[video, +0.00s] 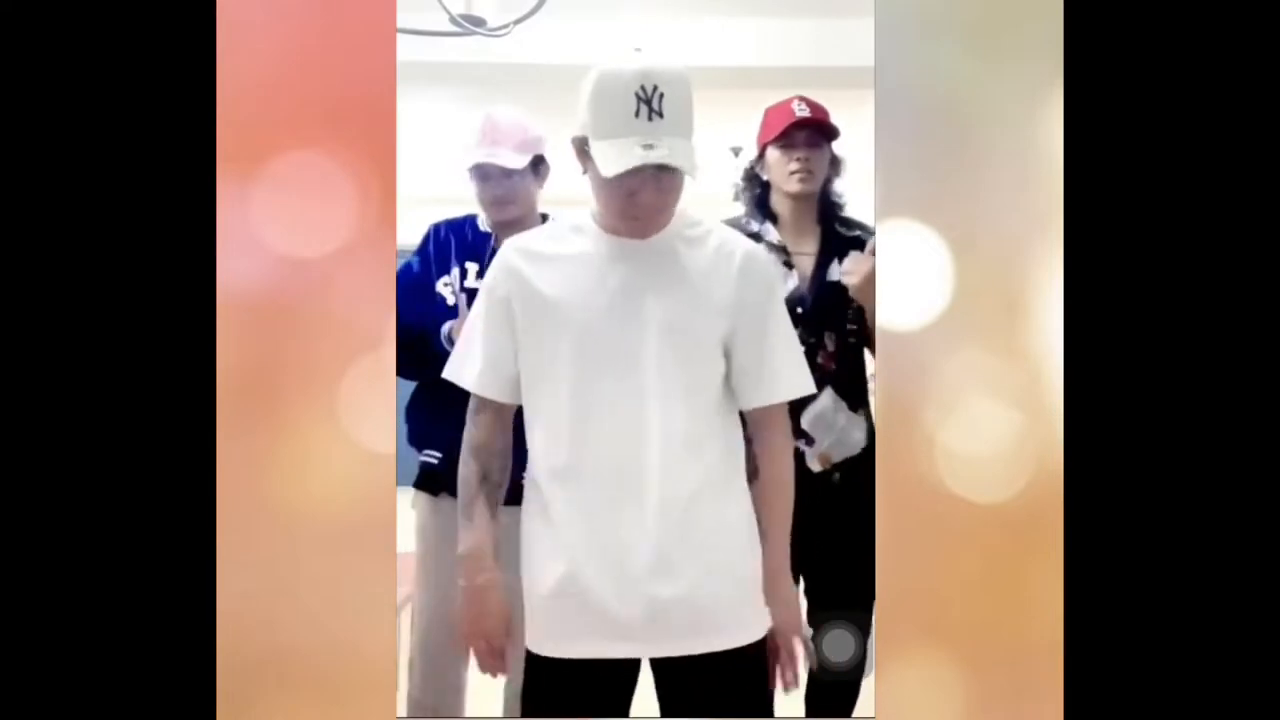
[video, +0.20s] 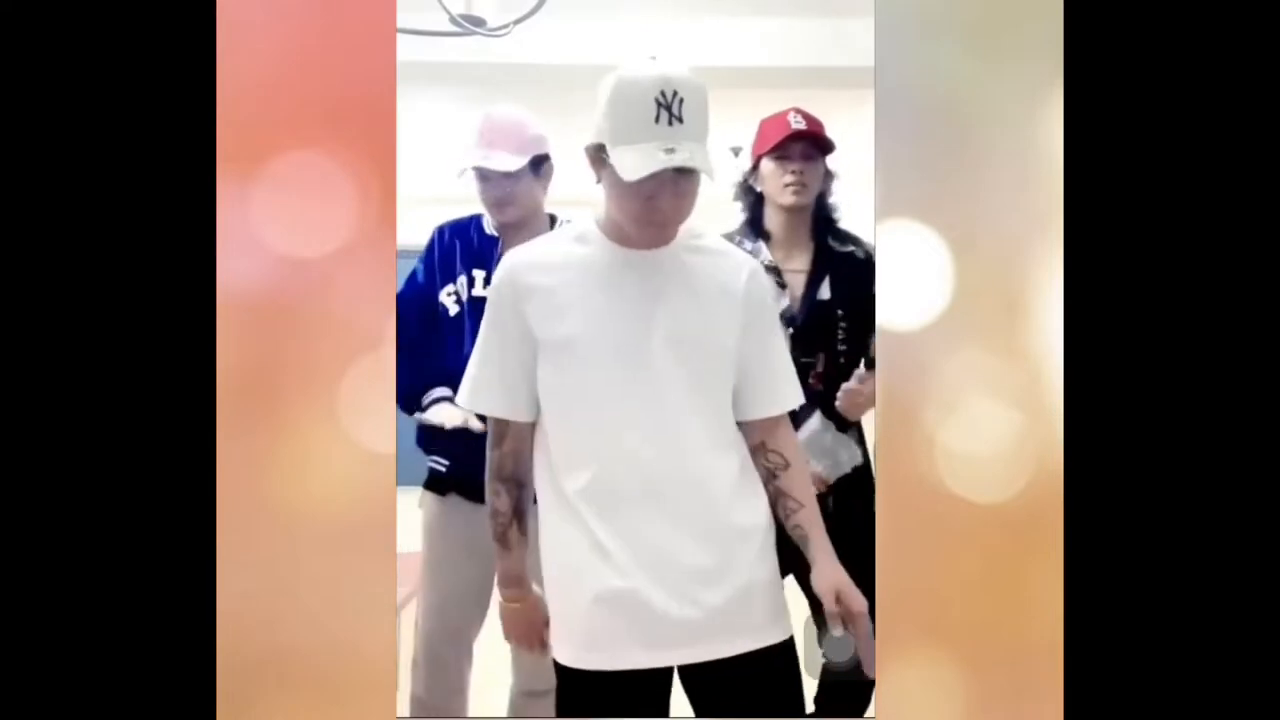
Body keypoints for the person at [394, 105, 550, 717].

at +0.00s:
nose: (495, 188)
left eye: (510, 173)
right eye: (484, 174)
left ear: (542, 173)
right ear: (470, 178)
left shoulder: (568, 251)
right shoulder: (446, 242)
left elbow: (582, 351)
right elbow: (391, 339)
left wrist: (510, 332)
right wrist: (448, 336)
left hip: (536, 484)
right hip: (446, 480)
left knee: (532, 636)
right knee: (435, 633)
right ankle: (432, 719)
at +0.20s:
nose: (494, 190)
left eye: (509, 174)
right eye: (484, 174)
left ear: (545, 173)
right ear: (472, 176)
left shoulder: (577, 254)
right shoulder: (452, 243)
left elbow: (600, 363)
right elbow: (403, 335)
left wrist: (533, 413)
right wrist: (430, 397)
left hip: (552, 484)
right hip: (461, 480)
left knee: (541, 656)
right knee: (440, 646)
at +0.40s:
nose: (487, 189)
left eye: (500, 174)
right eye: (477, 175)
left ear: (540, 175)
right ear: (467, 178)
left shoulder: (570, 257)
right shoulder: (447, 250)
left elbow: (592, 366)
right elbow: (410, 347)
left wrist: (571, 467)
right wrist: (410, 441)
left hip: (545, 491)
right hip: (457, 485)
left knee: (537, 652)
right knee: (441, 640)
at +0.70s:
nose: (449, 188)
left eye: (464, 171)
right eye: (441, 174)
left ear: (507, 172)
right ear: (432, 179)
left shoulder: (555, 255)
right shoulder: (414, 267)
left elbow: (563, 379)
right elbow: (389, 376)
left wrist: (477, 427)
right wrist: (399, 467)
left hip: (525, 495)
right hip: (435, 495)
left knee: (527, 666)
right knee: (423, 660)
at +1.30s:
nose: (526, 177)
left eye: (534, 162)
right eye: (510, 163)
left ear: (544, 168)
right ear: (469, 171)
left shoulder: (567, 252)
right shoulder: (421, 261)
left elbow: (577, 375)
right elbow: (389, 370)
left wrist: (483, 419)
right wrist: (396, 459)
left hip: (533, 496)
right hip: (436, 495)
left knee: (533, 664)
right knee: (421, 651)